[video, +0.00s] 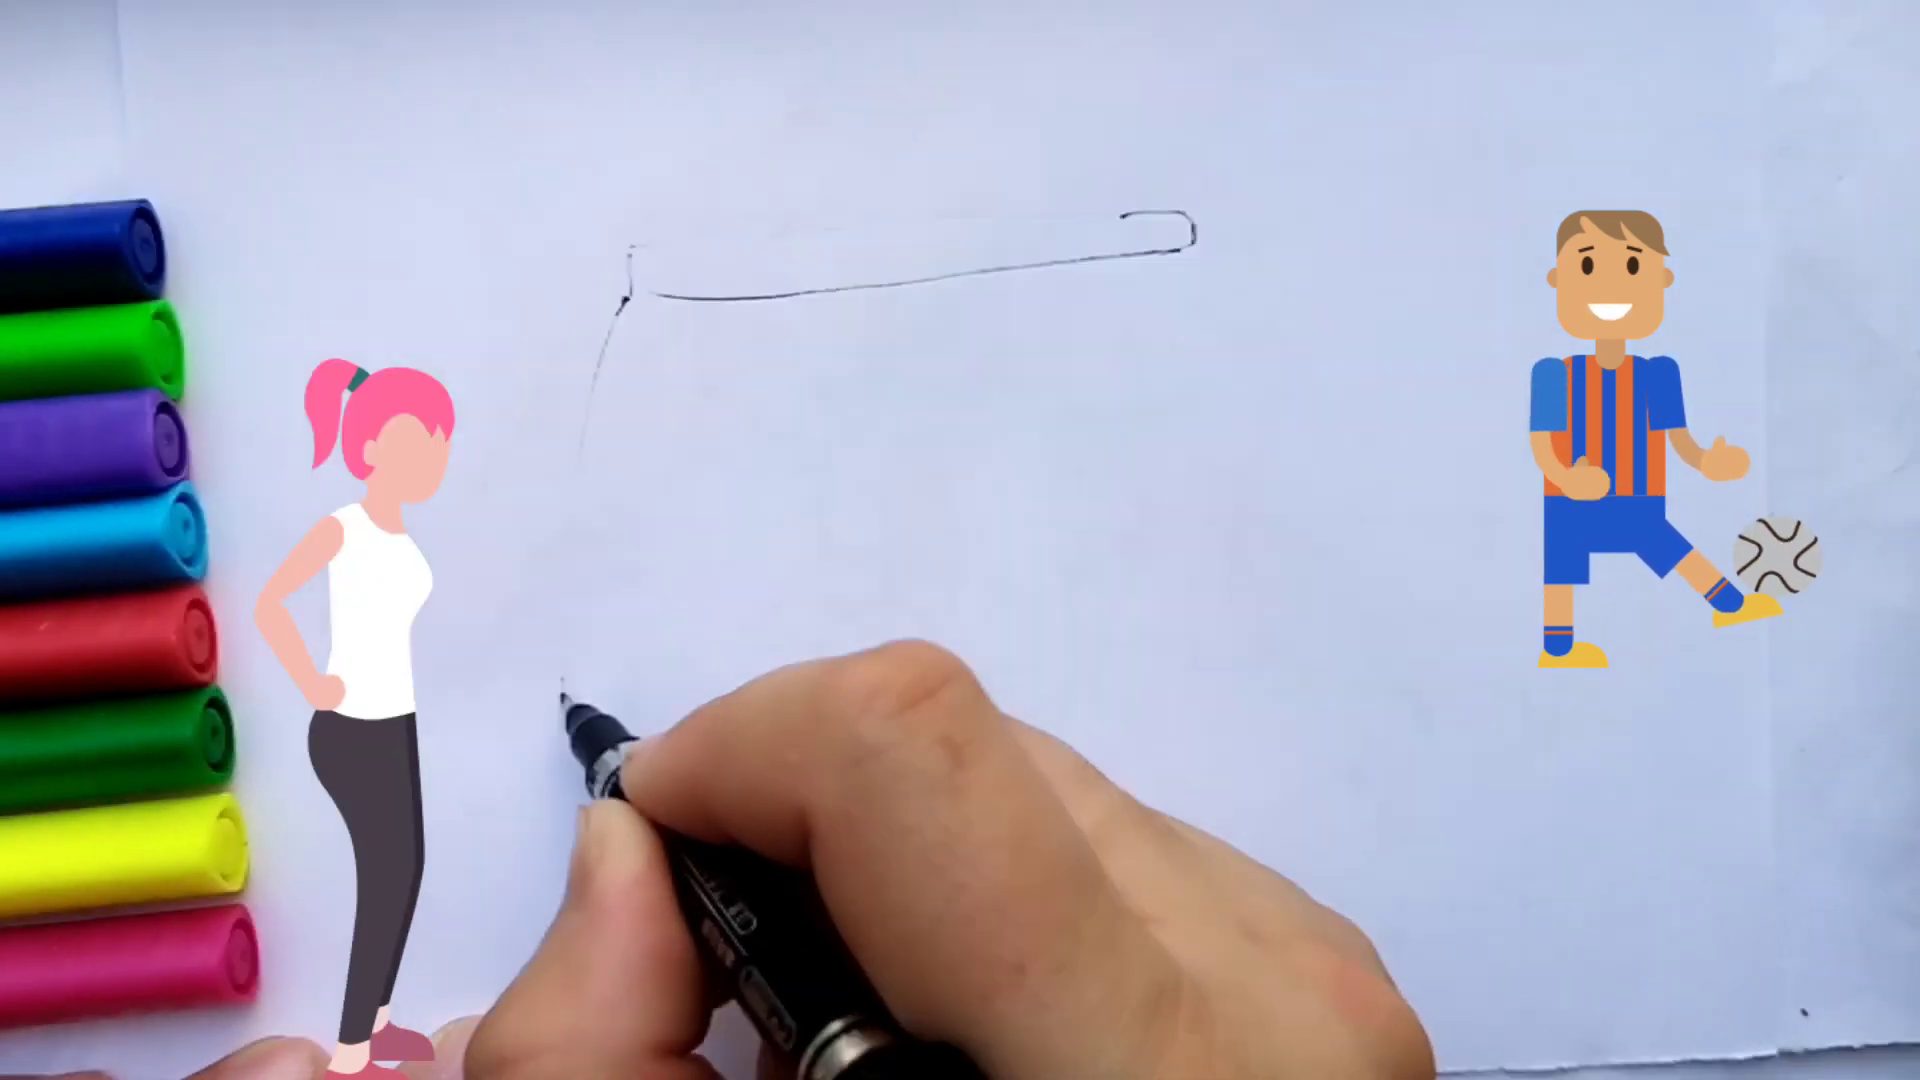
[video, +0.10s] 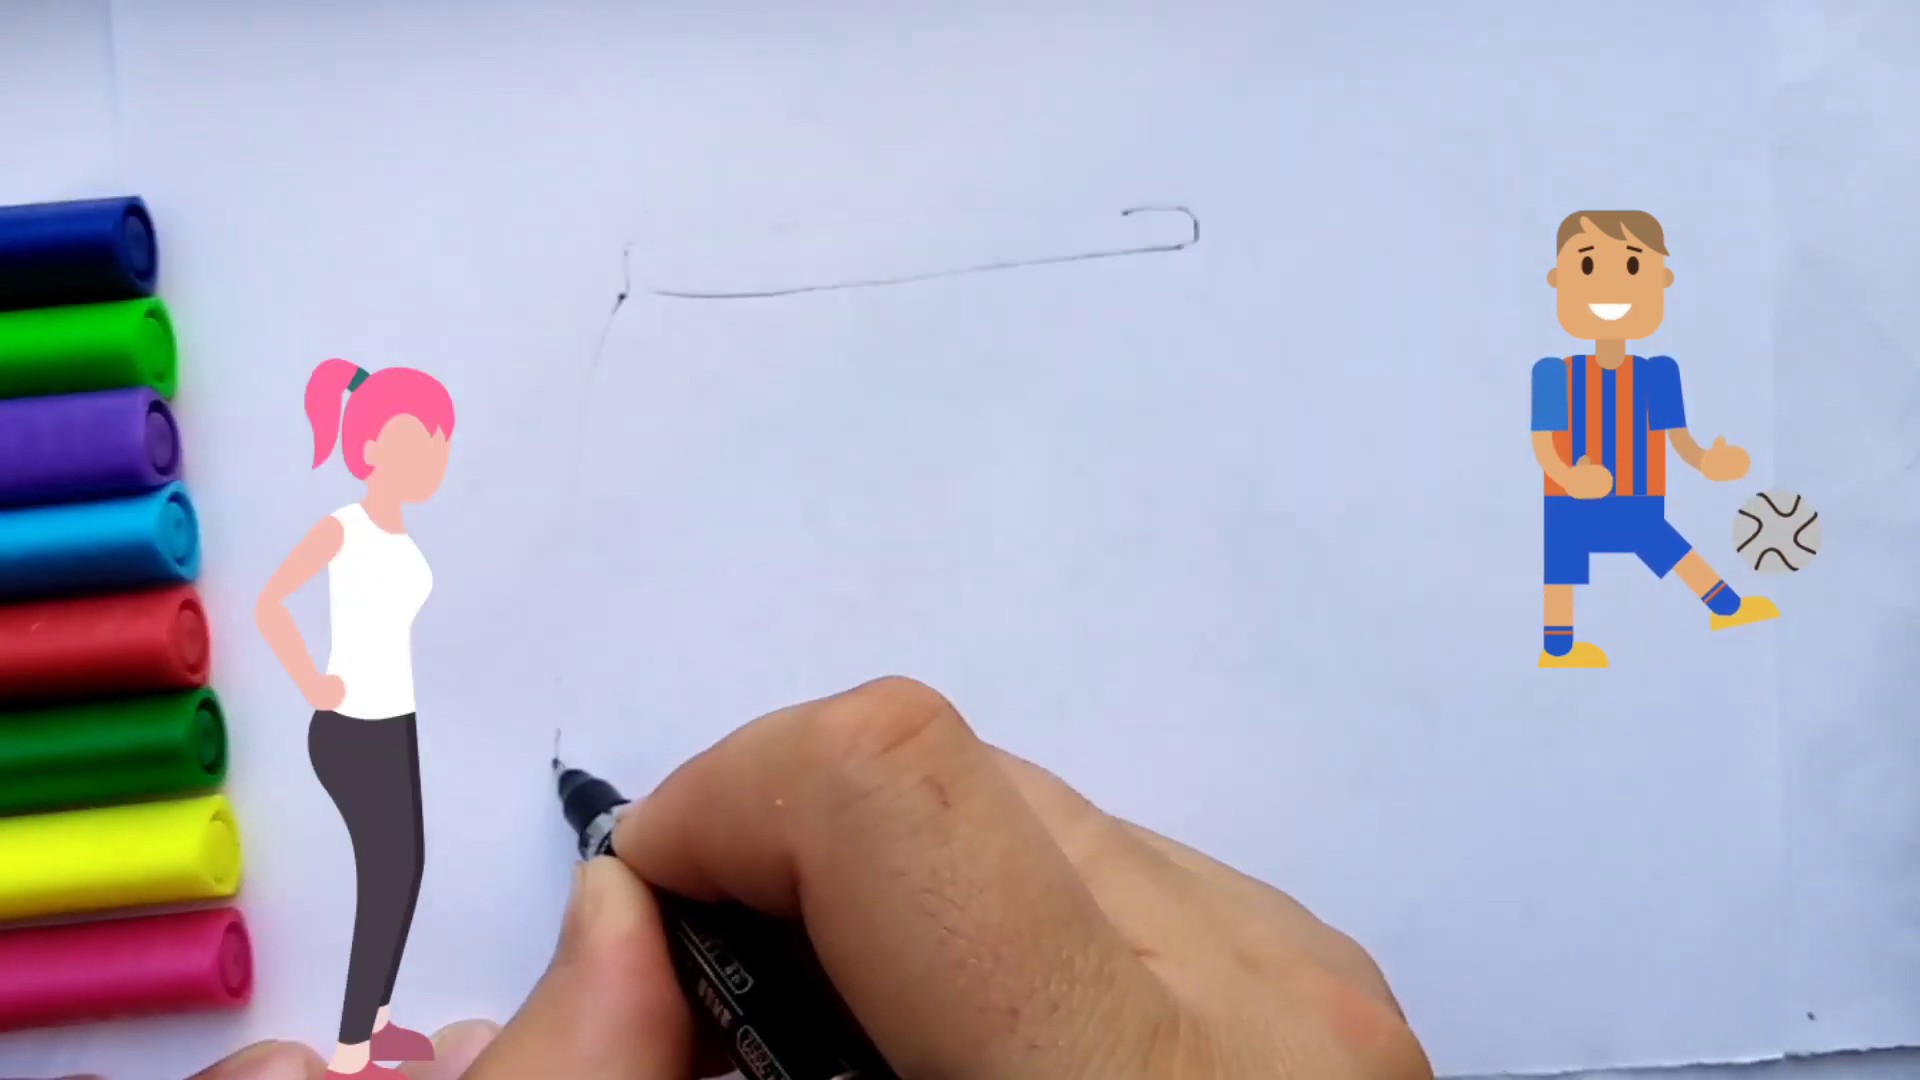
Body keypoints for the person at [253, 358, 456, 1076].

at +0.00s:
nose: (432, 457)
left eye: (436, 440)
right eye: (416, 438)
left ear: (440, 450)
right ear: (374, 447)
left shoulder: (403, 535)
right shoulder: (344, 529)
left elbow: (386, 621)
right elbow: (268, 605)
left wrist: (396, 684)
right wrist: (312, 683)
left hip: (397, 730)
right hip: (353, 732)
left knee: (405, 871)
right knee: (386, 877)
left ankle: (373, 1019)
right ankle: (349, 1050)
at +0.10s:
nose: (431, 457)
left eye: (436, 440)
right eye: (415, 438)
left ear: (441, 451)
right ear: (373, 447)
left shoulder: (404, 536)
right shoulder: (344, 528)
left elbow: (386, 622)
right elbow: (269, 605)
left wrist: (397, 685)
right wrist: (312, 684)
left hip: (398, 730)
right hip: (353, 733)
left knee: (406, 869)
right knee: (387, 875)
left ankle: (373, 1020)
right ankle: (350, 1048)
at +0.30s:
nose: (399, 588)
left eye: (402, 571)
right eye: (383, 571)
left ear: (405, 580)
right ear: (343, 579)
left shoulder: (364, 664)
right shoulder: (311, 656)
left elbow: (323, 739)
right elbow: (214, 712)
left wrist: (318, 799)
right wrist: (249, 790)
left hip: (309, 842)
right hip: (264, 850)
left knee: (389, 865)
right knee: (392, 871)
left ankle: (340, 1023)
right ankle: (350, 1052)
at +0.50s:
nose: (435, 457)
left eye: (439, 440)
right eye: (419, 438)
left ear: (441, 450)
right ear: (375, 447)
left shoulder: (404, 536)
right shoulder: (344, 528)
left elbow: (385, 623)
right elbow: (269, 605)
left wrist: (396, 687)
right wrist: (312, 684)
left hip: (397, 731)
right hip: (353, 733)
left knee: (406, 869)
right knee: (387, 875)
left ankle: (374, 1021)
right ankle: (349, 1049)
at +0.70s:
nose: (436, 455)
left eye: (439, 439)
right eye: (421, 437)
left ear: (441, 449)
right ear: (374, 447)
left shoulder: (404, 536)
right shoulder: (344, 528)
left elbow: (385, 624)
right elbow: (269, 606)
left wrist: (396, 688)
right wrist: (312, 684)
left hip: (397, 731)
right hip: (353, 733)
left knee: (406, 870)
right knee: (387, 876)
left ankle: (374, 1020)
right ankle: (349, 1050)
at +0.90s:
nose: (403, 588)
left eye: (404, 571)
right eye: (385, 571)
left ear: (406, 580)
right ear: (343, 578)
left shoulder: (364, 663)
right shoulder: (312, 656)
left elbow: (322, 738)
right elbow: (213, 712)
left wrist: (315, 795)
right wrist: (249, 790)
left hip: (307, 842)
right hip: (263, 851)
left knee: (391, 865)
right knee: (392, 872)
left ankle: (341, 1020)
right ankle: (351, 1053)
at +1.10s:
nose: (437, 455)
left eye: (440, 439)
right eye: (422, 437)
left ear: (440, 450)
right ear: (375, 447)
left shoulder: (404, 536)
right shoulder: (344, 528)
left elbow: (386, 623)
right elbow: (269, 604)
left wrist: (396, 686)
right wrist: (312, 684)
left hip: (398, 730)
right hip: (353, 732)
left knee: (406, 868)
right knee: (387, 875)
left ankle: (375, 1018)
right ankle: (350, 1049)